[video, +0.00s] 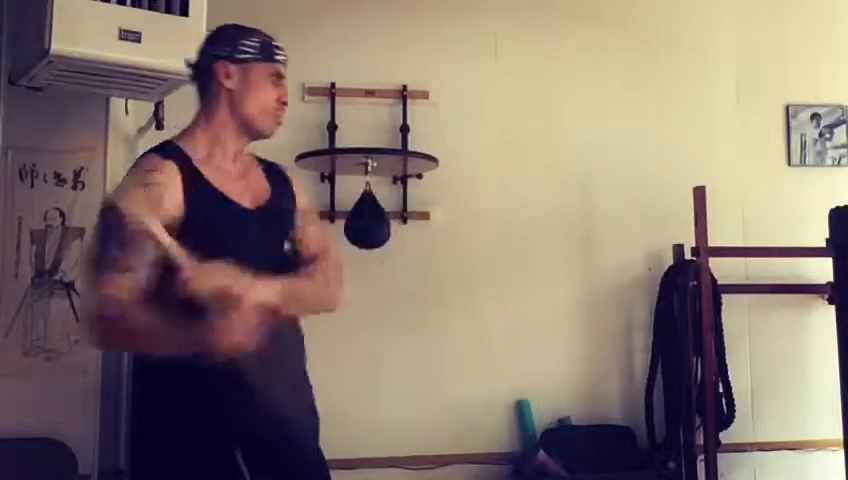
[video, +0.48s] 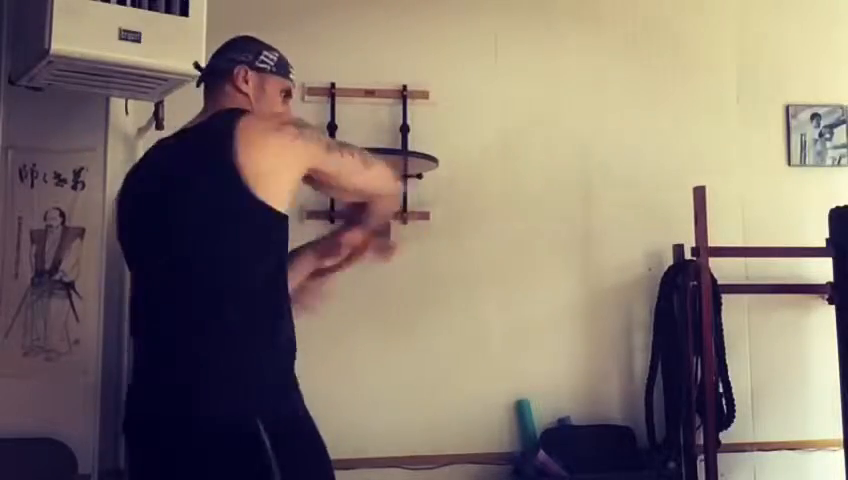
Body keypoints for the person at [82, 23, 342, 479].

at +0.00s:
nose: (285, 97)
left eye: (284, 83)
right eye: (274, 79)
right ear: (226, 75)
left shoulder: (284, 184)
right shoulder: (158, 178)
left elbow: (329, 289)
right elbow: (110, 317)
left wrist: (241, 285)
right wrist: (203, 335)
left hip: (282, 430)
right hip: (186, 436)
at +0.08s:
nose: (302, 99)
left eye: (301, 86)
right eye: (292, 82)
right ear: (244, 77)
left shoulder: (296, 189)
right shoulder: (162, 173)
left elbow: (324, 293)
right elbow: (51, 272)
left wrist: (238, 297)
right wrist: (110, 347)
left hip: (281, 412)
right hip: (189, 415)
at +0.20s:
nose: (318, 115)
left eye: (318, 101)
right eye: (310, 97)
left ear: (268, 90)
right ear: (265, 87)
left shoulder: (304, 197)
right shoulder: (172, 145)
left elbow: (317, 290)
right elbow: (76, 165)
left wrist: (223, 279)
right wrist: (62, 151)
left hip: (264, 408)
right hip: (174, 404)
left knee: (303, 474)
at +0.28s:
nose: (307, 119)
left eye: (308, 105)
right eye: (301, 100)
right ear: (262, 87)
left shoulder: (271, 192)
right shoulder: (184, 148)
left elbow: (320, 289)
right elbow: (243, 92)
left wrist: (276, 258)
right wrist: (347, 169)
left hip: (265, 407)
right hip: (192, 409)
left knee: (302, 472)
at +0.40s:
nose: (294, 106)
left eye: (295, 96)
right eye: (285, 90)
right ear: (243, 87)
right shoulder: (214, 137)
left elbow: (285, 304)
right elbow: (384, 140)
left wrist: (313, 243)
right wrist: (403, 260)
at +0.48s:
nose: (288, 113)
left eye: (289, 99)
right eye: (283, 95)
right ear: (244, 80)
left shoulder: (141, 174)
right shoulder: (271, 138)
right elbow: (384, 185)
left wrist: (313, 259)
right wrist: (362, 231)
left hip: (157, 412)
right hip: (250, 413)